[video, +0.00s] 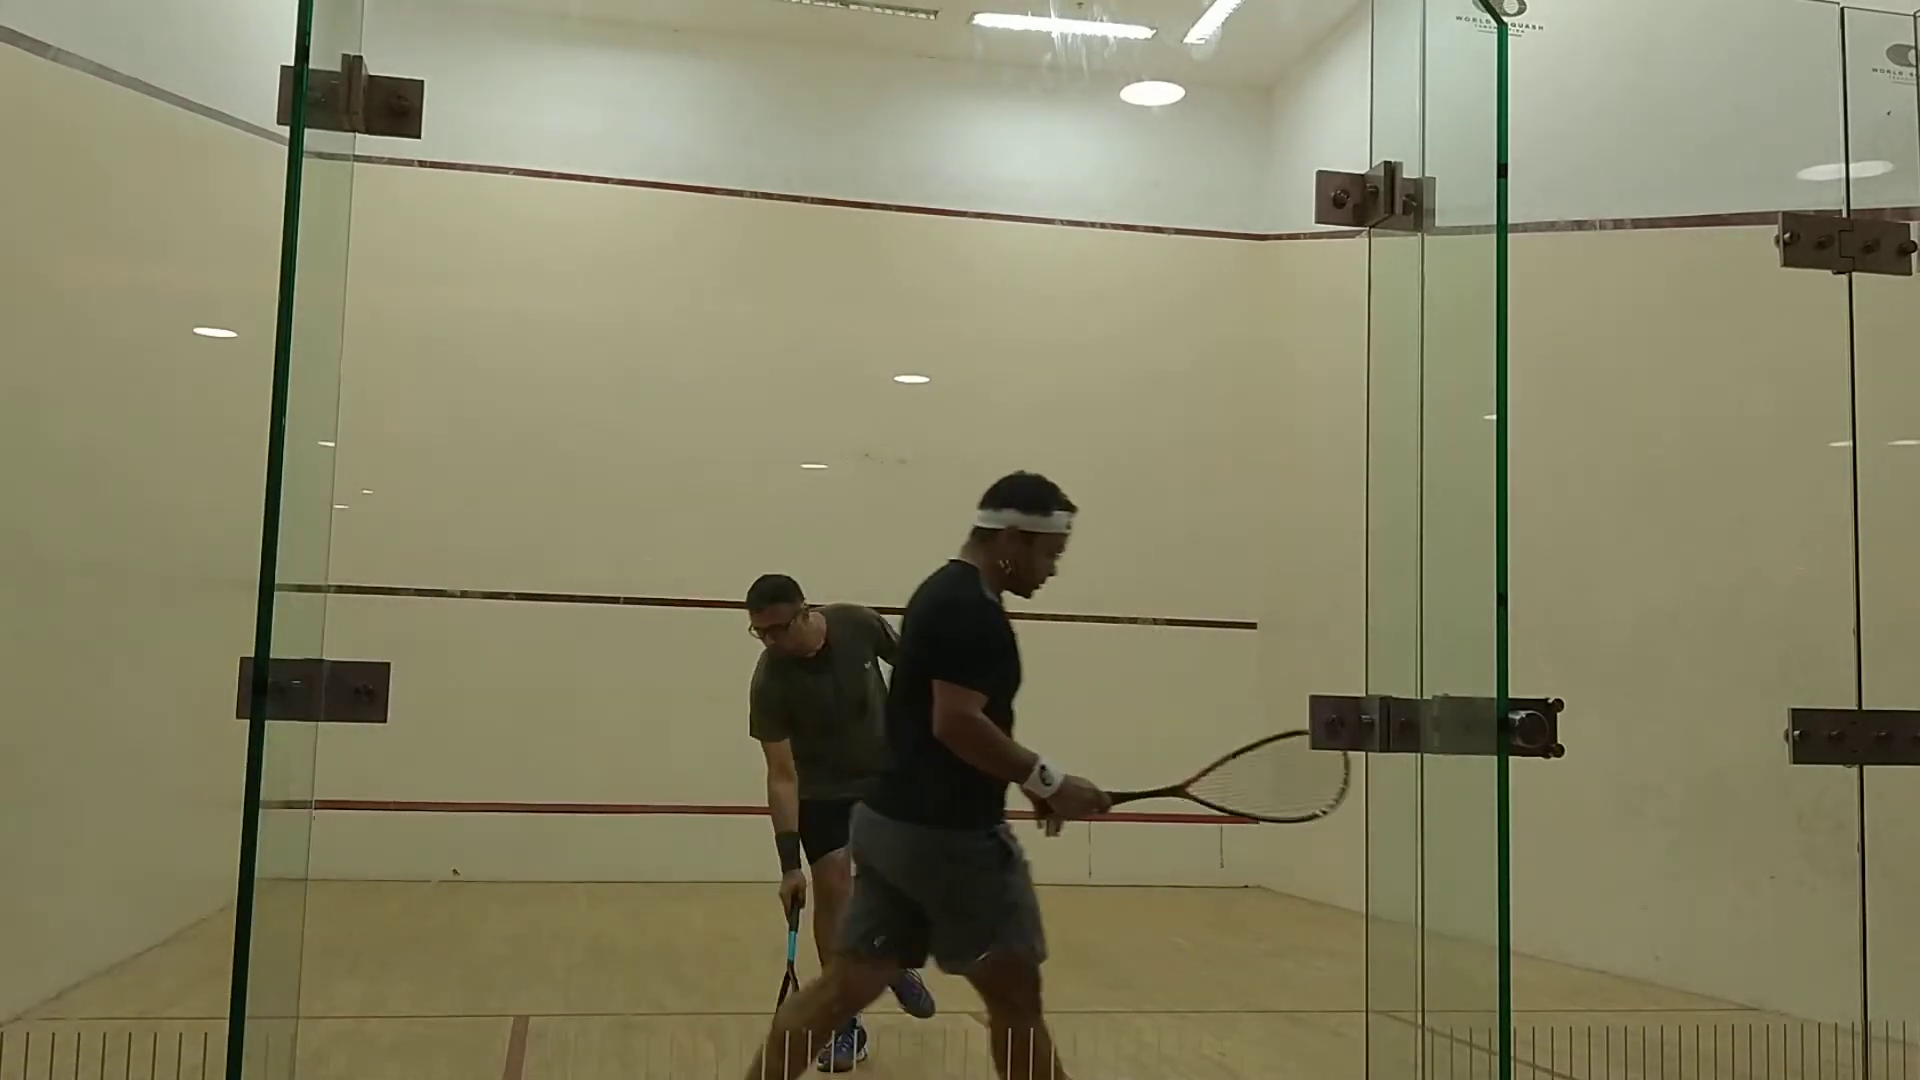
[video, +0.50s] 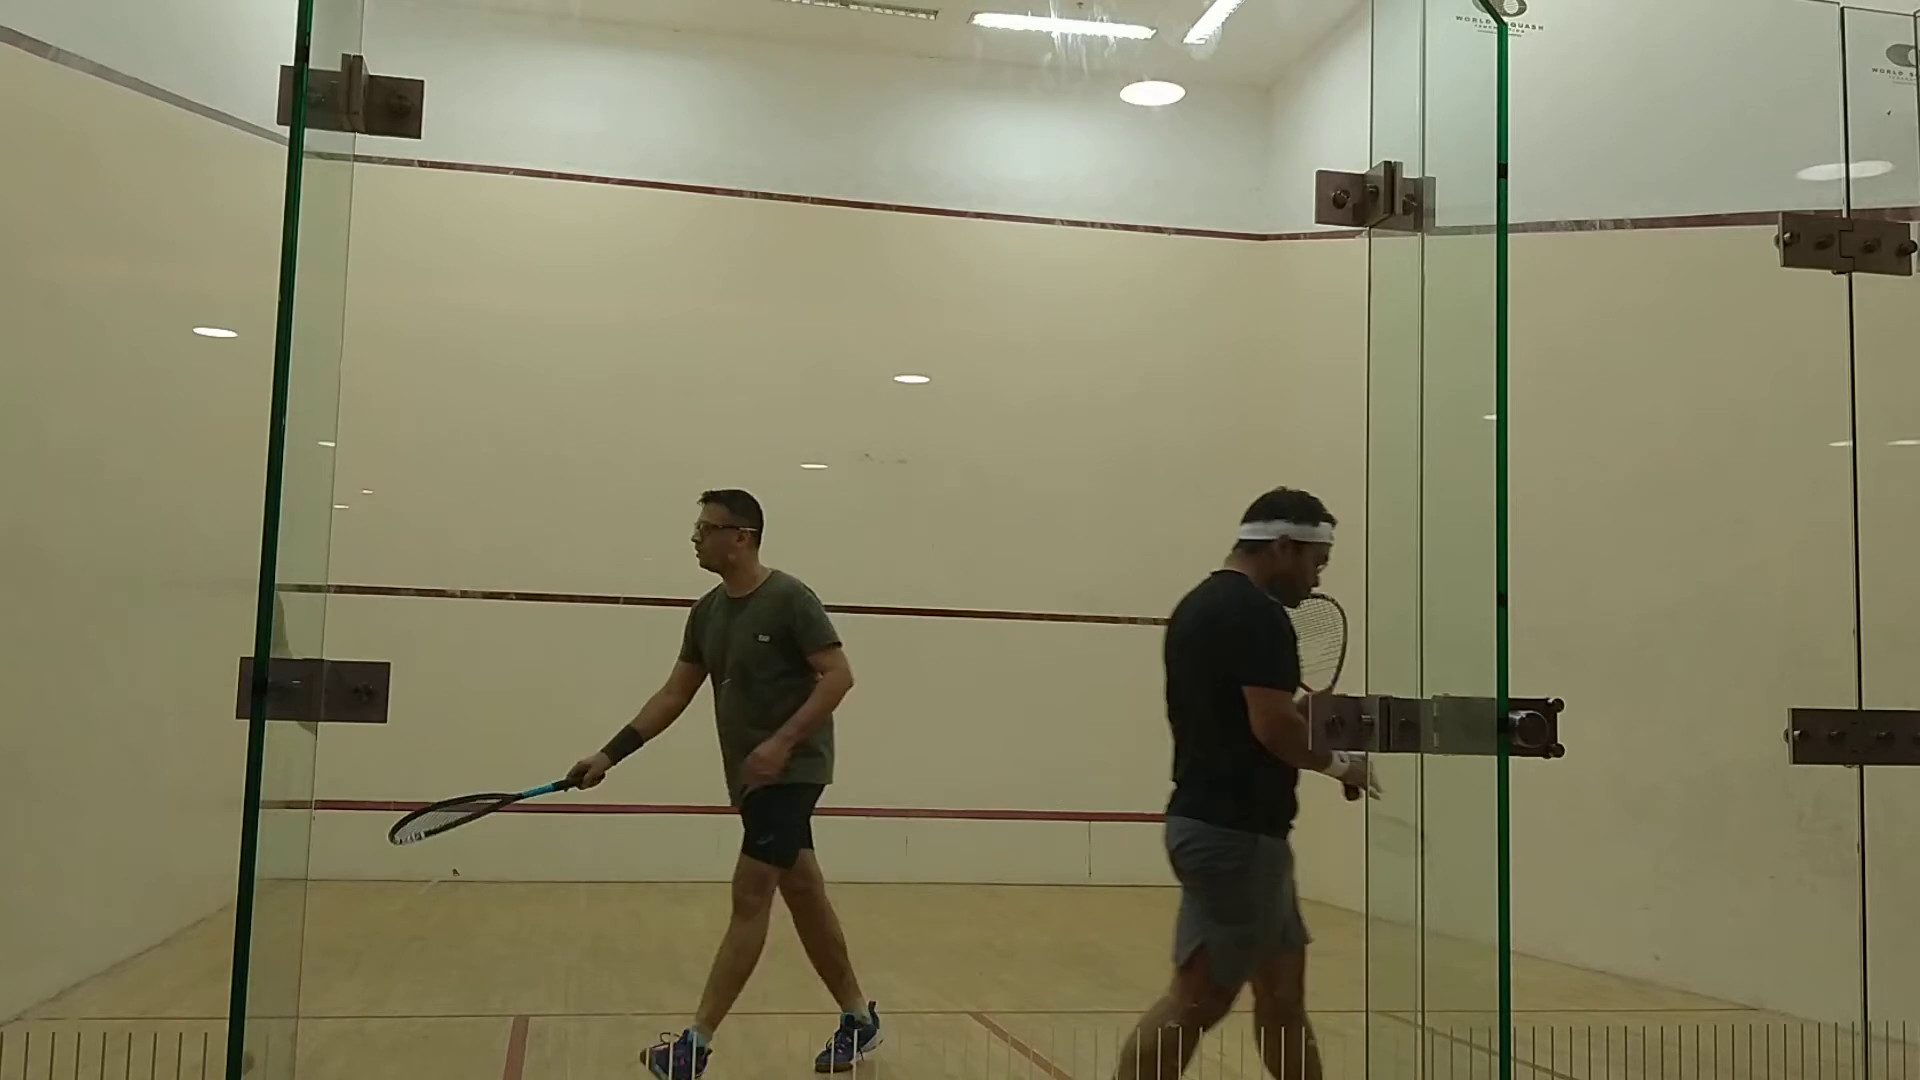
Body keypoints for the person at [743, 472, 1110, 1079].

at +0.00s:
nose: (1055, 567)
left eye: (1059, 553)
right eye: (1051, 551)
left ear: (999, 539)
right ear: (1011, 542)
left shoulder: (943, 592)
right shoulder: (972, 609)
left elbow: (958, 715)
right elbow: (956, 720)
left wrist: (1033, 781)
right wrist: (1049, 779)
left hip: (890, 824)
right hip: (955, 837)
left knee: (851, 982)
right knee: (1016, 1001)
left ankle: (762, 1073)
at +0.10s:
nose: (1116, 564)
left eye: (1121, 551)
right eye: (1115, 547)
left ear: (1061, 530)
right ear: (1076, 531)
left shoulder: (998, 582)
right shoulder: (1038, 597)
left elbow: (1009, 710)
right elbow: (1022, 709)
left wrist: (1085, 769)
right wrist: (1112, 765)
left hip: (955, 819)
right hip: (1015, 827)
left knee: (976, 978)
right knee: (1064, 987)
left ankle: (840, 1067)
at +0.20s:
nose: (1162, 568)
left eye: (1171, 556)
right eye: (1165, 551)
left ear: (1117, 527)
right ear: (1132, 528)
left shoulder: (1051, 573)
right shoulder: (1089, 587)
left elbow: (1069, 700)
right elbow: (1087, 698)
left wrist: (1150, 749)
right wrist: (1168, 748)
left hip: (1026, 810)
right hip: (1069, 819)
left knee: (1074, 963)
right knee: (1089, 978)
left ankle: (975, 1069)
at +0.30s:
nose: (1211, 573)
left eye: (1219, 560)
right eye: (1214, 556)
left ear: (1168, 527)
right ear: (1186, 532)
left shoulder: (1096, 577)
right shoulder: (1145, 590)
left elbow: (1116, 703)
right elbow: (1153, 699)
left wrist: (1200, 718)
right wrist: (1220, 739)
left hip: (1086, 806)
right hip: (1121, 818)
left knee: (1170, 948)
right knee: (1106, 982)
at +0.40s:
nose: (1263, 575)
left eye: (1270, 562)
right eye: (1265, 558)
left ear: (1214, 536)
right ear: (1233, 538)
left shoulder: (1146, 590)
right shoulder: (1203, 599)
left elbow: (1159, 718)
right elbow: (1219, 714)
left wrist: (1244, 710)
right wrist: (1274, 744)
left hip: (1149, 814)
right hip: (1172, 825)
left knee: (1216, 981)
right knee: (1138, 991)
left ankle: (1252, 1077)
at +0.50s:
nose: (1319, 578)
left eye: (1323, 563)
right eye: (1317, 561)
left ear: (1264, 546)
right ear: (1282, 547)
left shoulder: (1200, 605)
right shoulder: (1257, 612)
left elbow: (1216, 716)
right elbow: (1273, 726)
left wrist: (1302, 710)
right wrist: (1332, 762)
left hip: (1217, 829)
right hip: (1236, 838)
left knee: (1283, 970)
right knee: (1200, 997)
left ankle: (1304, 1077)